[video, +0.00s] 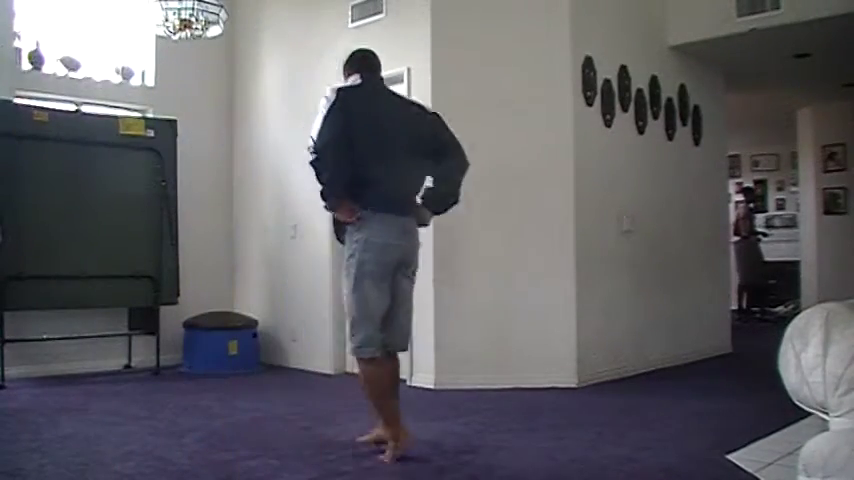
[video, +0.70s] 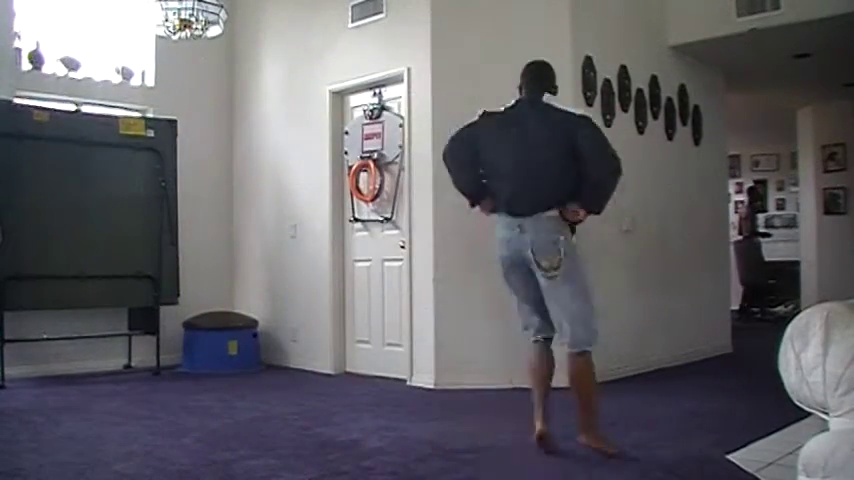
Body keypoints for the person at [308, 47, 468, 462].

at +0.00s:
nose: (346, 85)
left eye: (346, 78)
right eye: (351, 78)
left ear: (349, 75)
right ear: (380, 74)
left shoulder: (345, 101)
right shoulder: (414, 110)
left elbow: (324, 154)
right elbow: (454, 161)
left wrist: (338, 202)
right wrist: (427, 207)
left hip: (369, 227)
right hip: (406, 228)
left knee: (366, 339)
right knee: (390, 337)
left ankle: (396, 434)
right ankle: (386, 424)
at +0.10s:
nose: (369, 106)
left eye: (369, 100)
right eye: (373, 99)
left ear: (372, 100)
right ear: (404, 98)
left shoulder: (364, 133)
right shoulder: (437, 138)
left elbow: (344, 191)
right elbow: (477, 192)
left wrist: (362, 237)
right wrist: (456, 235)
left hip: (390, 259)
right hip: (430, 258)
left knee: (378, 365)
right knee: (424, 355)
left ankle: (412, 443)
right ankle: (454, 427)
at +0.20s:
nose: (402, 101)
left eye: (398, 95)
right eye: (416, 92)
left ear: (397, 97)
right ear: (429, 95)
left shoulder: (387, 141)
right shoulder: (458, 137)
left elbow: (370, 188)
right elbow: (503, 179)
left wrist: (388, 230)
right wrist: (481, 223)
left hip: (415, 257)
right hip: (456, 254)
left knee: (394, 359)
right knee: (466, 345)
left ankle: (415, 444)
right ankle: (502, 423)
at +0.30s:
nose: (438, 84)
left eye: (432, 78)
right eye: (448, 75)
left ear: (428, 80)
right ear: (460, 78)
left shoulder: (414, 120)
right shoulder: (491, 117)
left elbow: (396, 164)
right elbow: (535, 155)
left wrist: (419, 206)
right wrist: (514, 198)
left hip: (444, 234)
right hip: (488, 230)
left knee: (420, 339)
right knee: (515, 330)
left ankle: (417, 435)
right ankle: (539, 412)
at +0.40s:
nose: (474, 84)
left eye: (466, 79)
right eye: (483, 77)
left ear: (460, 82)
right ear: (494, 80)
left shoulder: (444, 119)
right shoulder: (523, 114)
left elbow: (423, 165)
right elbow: (566, 159)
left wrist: (450, 213)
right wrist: (547, 202)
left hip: (473, 233)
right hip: (520, 229)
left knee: (450, 340)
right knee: (554, 331)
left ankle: (437, 433)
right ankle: (578, 418)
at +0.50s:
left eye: (502, 101)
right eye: (520, 101)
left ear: (495, 105)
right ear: (527, 104)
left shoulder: (474, 140)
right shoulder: (556, 138)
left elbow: (450, 193)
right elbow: (594, 185)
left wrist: (473, 232)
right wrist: (579, 228)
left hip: (504, 256)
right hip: (549, 253)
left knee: (488, 358)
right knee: (580, 353)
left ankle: (470, 440)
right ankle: (598, 438)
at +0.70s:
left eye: (524, 86)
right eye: (545, 86)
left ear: (519, 88)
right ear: (553, 89)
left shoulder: (491, 123)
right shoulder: (573, 124)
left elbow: (454, 151)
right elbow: (607, 167)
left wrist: (479, 196)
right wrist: (584, 206)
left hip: (507, 236)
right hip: (551, 233)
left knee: (537, 332)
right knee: (578, 333)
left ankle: (539, 422)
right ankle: (589, 431)